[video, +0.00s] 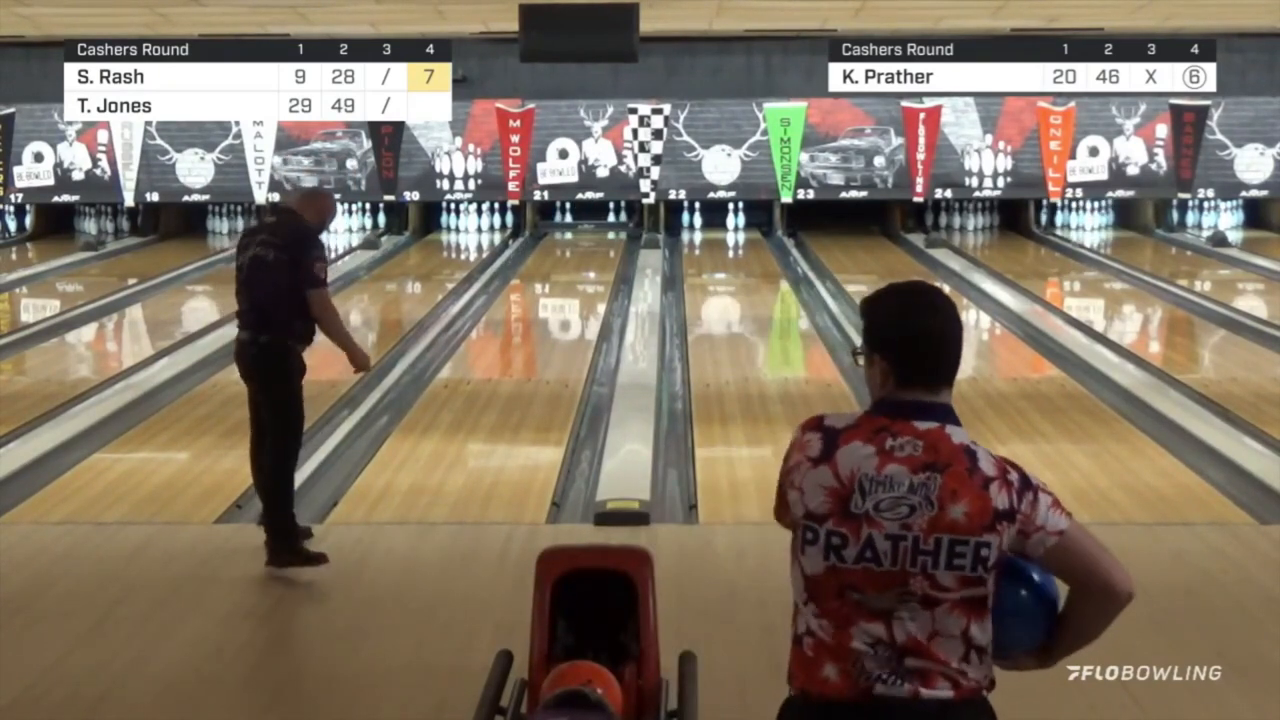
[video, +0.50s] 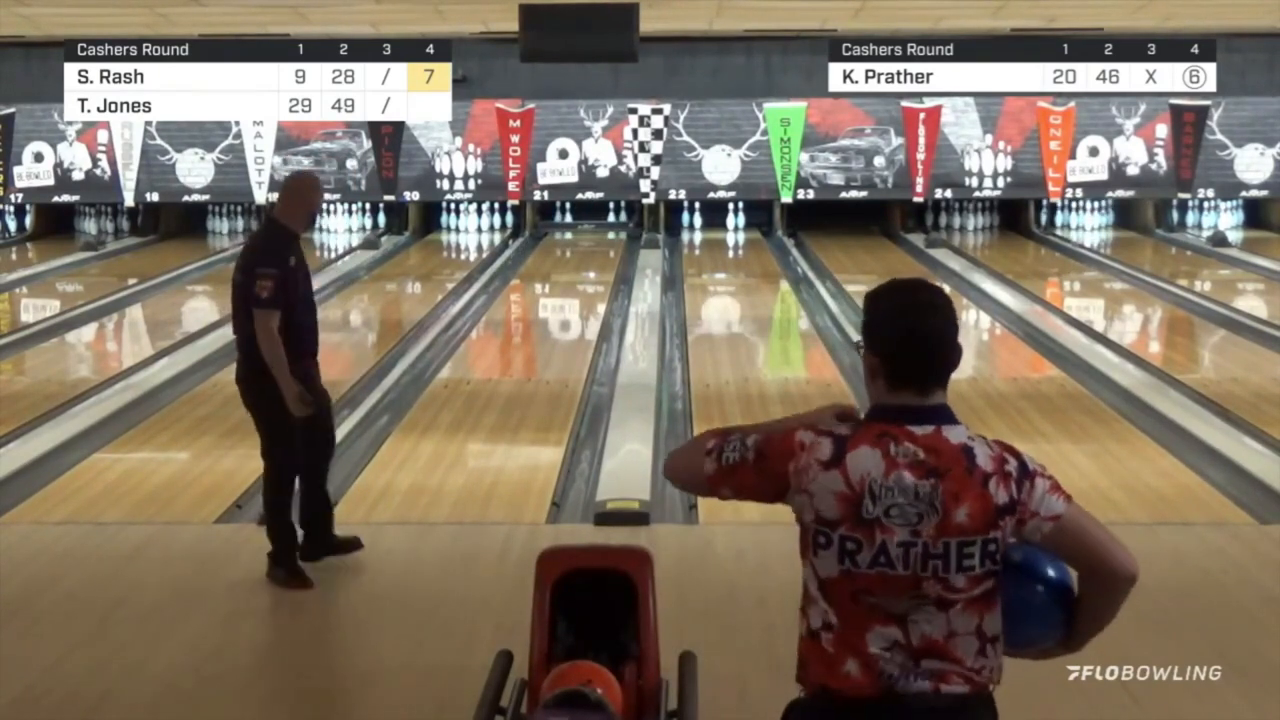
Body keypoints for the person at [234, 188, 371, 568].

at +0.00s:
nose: (324, 227)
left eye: (327, 221)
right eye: (325, 220)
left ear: (297, 204)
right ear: (315, 208)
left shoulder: (255, 231)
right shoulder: (306, 241)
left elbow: (251, 294)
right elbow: (320, 306)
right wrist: (352, 349)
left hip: (250, 347)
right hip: (278, 353)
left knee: (265, 439)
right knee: (283, 443)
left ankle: (278, 522)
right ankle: (282, 544)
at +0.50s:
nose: (318, 212)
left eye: (319, 204)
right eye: (314, 203)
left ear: (292, 201)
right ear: (295, 202)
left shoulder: (286, 246)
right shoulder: (268, 251)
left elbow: (291, 320)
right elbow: (265, 331)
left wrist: (310, 374)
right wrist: (289, 389)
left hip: (297, 370)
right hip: (267, 376)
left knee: (318, 448)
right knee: (282, 461)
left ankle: (318, 537)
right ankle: (282, 557)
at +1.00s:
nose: (304, 218)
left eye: (310, 209)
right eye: (297, 209)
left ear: (315, 213)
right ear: (276, 211)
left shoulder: (328, 267)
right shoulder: (241, 267)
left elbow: (348, 330)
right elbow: (224, 332)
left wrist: (368, 383)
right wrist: (235, 387)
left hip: (313, 395)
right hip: (258, 397)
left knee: (315, 492)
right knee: (269, 489)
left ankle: (316, 594)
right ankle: (285, 560)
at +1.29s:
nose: (265, 215)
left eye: (275, 207)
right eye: (259, 205)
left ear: (294, 210)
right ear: (249, 206)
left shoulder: (321, 263)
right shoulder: (228, 264)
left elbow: (351, 326)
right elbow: (200, 327)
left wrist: (362, 382)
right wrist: (172, 386)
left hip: (305, 403)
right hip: (246, 403)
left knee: (311, 506)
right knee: (240, 508)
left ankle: (313, 604)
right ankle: (263, 602)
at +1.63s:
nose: (210, 226)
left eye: (219, 217)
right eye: (202, 218)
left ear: (240, 216)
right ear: (193, 220)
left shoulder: (274, 273)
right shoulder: (184, 281)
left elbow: (302, 343)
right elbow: (178, 349)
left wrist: (296, 402)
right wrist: (161, 410)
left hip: (265, 420)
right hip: (204, 422)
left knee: (285, 518)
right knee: (207, 538)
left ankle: (306, 593)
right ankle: (215, 645)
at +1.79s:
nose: (191, 227)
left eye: (200, 218)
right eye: (183, 218)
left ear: (220, 216)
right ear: (173, 220)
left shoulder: (257, 275)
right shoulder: (161, 281)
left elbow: (282, 353)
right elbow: (151, 358)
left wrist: (287, 423)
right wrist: (141, 428)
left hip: (247, 428)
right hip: (185, 431)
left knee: (261, 534)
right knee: (197, 548)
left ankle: (275, 605)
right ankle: (215, 648)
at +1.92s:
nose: (186, 229)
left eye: (195, 220)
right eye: (178, 220)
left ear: (215, 219)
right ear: (165, 221)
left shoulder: (248, 279)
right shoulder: (146, 284)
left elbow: (279, 354)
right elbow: (129, 359)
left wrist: (293, 424)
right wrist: (121, 426)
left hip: (236, 432)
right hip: (174, 434)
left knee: (232, 548)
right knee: (190, 549)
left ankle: (244, 666)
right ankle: (211, 648)